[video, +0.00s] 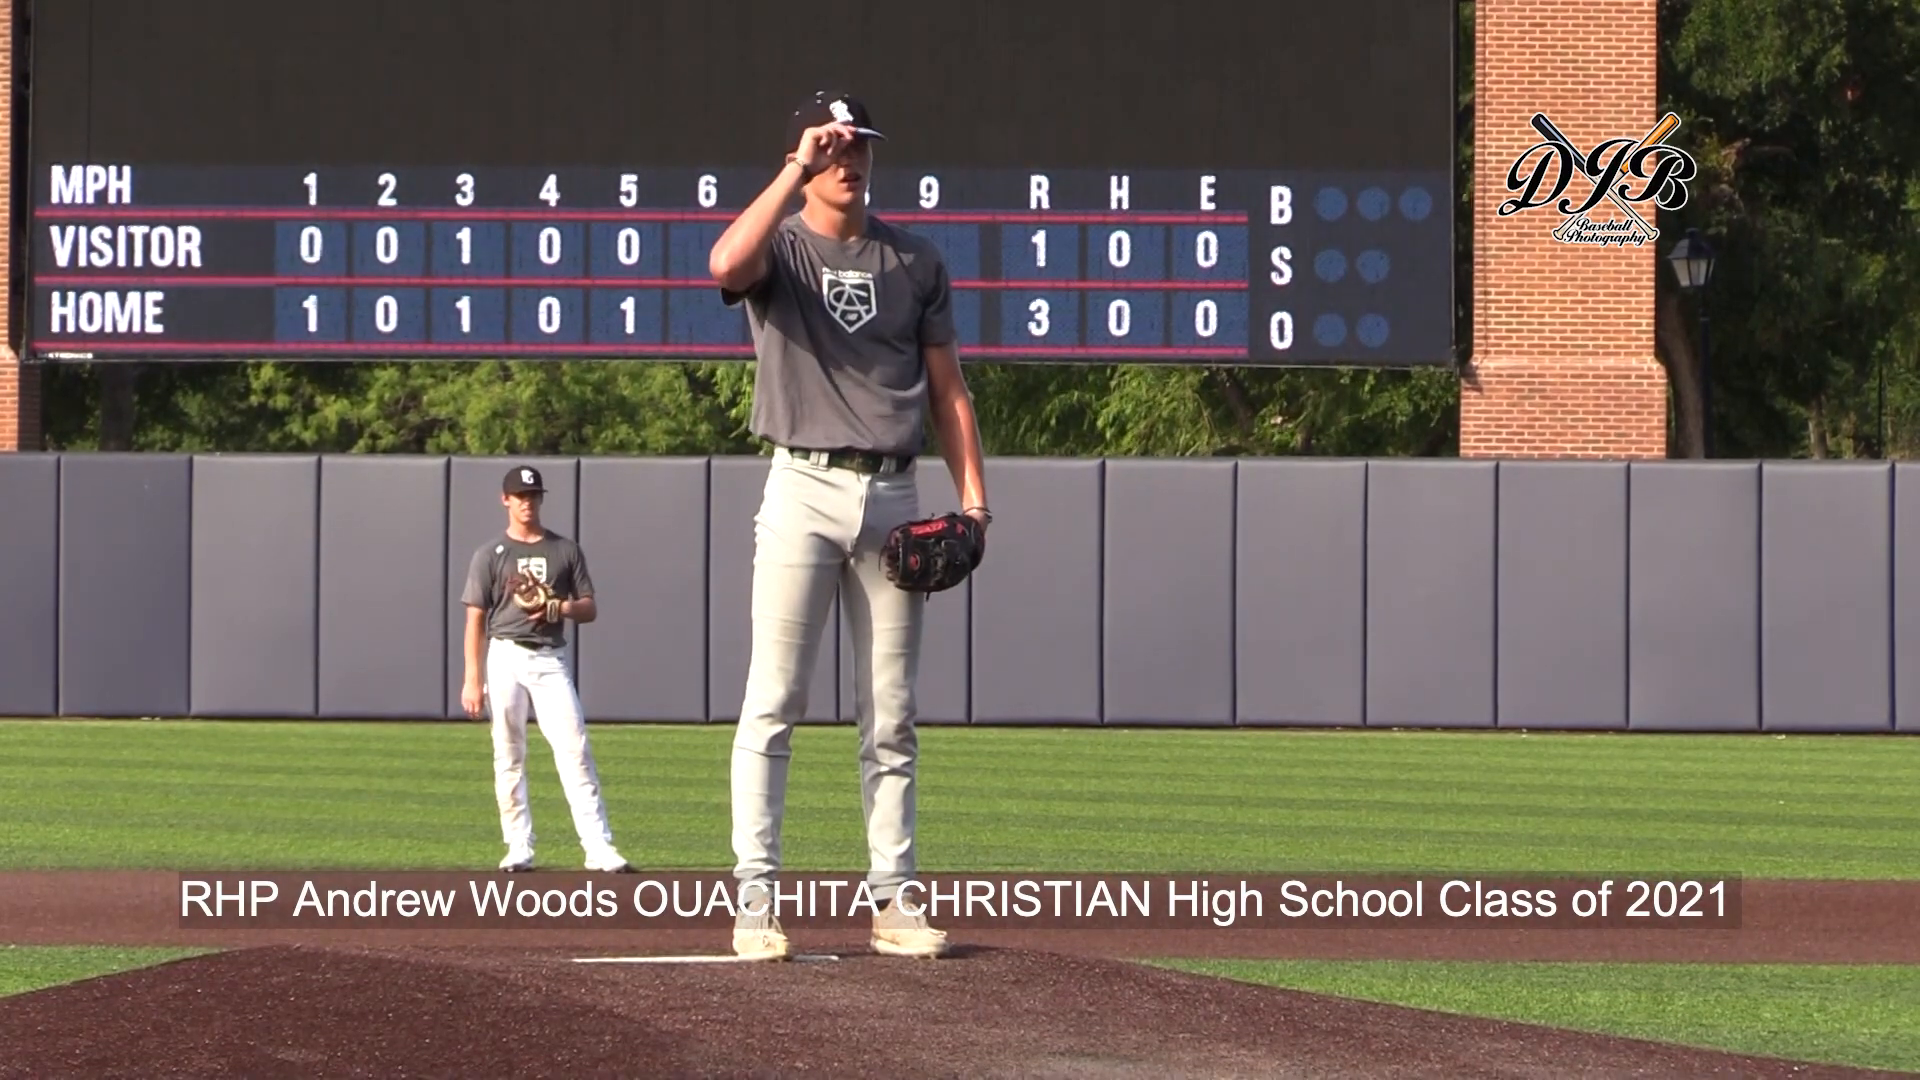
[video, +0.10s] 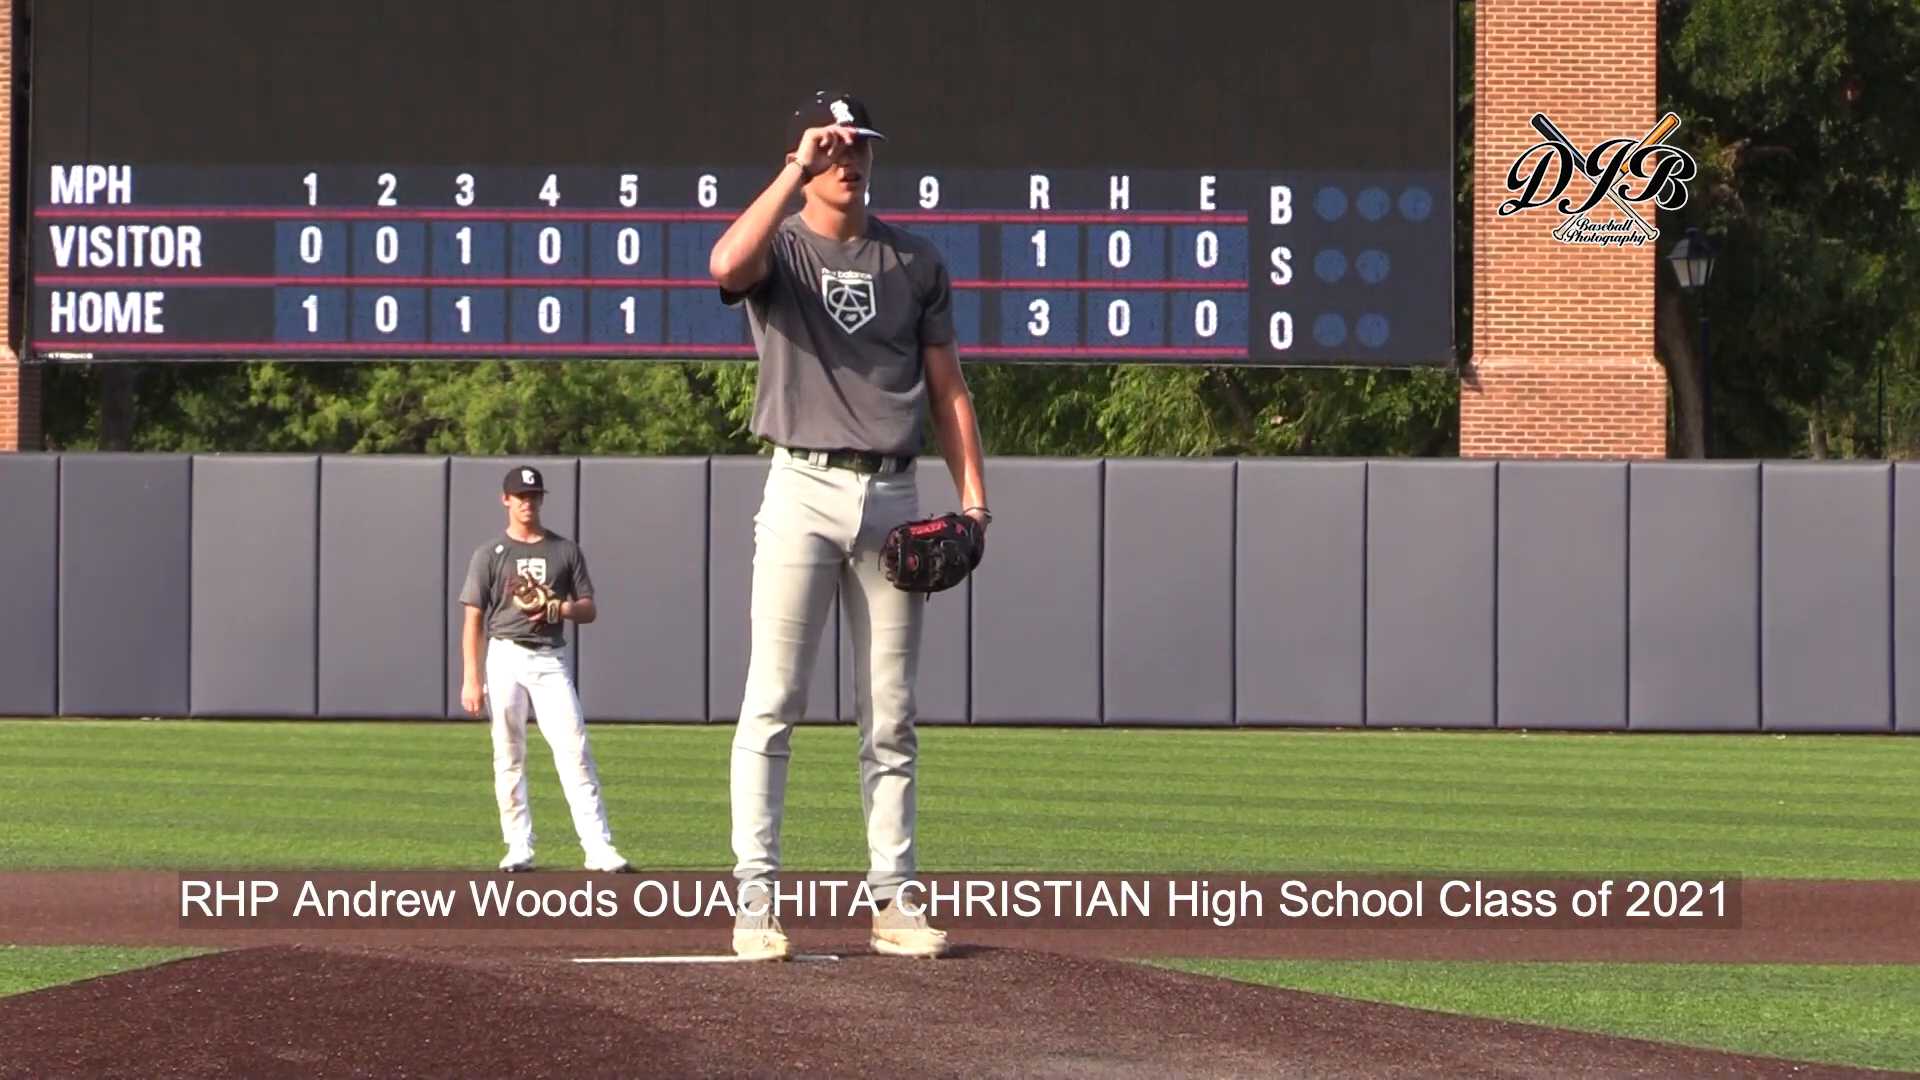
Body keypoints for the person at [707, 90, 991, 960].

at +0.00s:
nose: (847, 164)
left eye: (856, 151)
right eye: (831, 153)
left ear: (872, 160)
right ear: (802, 167)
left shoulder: (915, 259)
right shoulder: (777, 246)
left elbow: (948, 386)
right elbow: (725, 269)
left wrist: (972, 500)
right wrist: (795, 168)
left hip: (894, 499)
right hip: (801, 492)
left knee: (893, 716)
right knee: (772, 704)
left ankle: (893, 899)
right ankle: (757, 897)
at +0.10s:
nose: (847, 165)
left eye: (857, 153)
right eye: (831, 153)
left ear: (872, 162)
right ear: (803, 168)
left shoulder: (915, 259)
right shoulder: (777, 247)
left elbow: (947, 385)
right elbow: (725, 270)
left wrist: (973, 499)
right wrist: (794, 170)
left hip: (894, 499)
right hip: (800, 492)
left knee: (892, 717)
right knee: (772, 704)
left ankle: (893, 899)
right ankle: (757, 897)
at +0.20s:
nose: (849, 163)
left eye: (858, 150)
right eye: (833, 151)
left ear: (873, 160)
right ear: (803, 166)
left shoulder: (915, 259)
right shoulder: (776, 246)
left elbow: (948, 383)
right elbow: (726, 274)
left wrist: (971, 496)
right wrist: (792, 176)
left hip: (894, 498)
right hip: (800, 492)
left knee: (892, 718)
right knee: (772, 703)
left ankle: (893, 899)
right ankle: (756, 896)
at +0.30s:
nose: (848, 162)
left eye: (857, 147)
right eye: (832, 149)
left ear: (873, 158)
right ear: (803, 163)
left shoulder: (917, 263)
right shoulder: (775, 246)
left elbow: (948, 389)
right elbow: (728, 292)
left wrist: (971, 500)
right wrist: (788, 191)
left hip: (893, 499)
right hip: (798, 492)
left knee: (891, 717)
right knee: (771, 703)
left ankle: (892, 899)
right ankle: (756, 897)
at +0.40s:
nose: (856, 166)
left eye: (864, 151)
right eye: (839, 152)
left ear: (874, 160)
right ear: (801, 163)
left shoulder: (916, 264)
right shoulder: (767, 250)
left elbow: (946, 387)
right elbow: (727, 335)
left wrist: (970, 503)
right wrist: (792, 231)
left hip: (891, 499)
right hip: (796, 494)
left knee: (889, 715)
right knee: (770, 703)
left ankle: (893, 899)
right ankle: (756, 897)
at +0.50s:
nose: (858, 163)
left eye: (866, 150)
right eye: (842, 151)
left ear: (877, 160)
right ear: (803, 163)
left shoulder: (915, 266)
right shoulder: (764, 260)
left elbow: (946, 390)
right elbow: (729, 376)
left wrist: (967, 503)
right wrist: (789, 297)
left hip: (889, 499)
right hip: (794, 494)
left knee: (888, 715)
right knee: (769, 703)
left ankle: (892, 898)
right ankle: (756, 896)